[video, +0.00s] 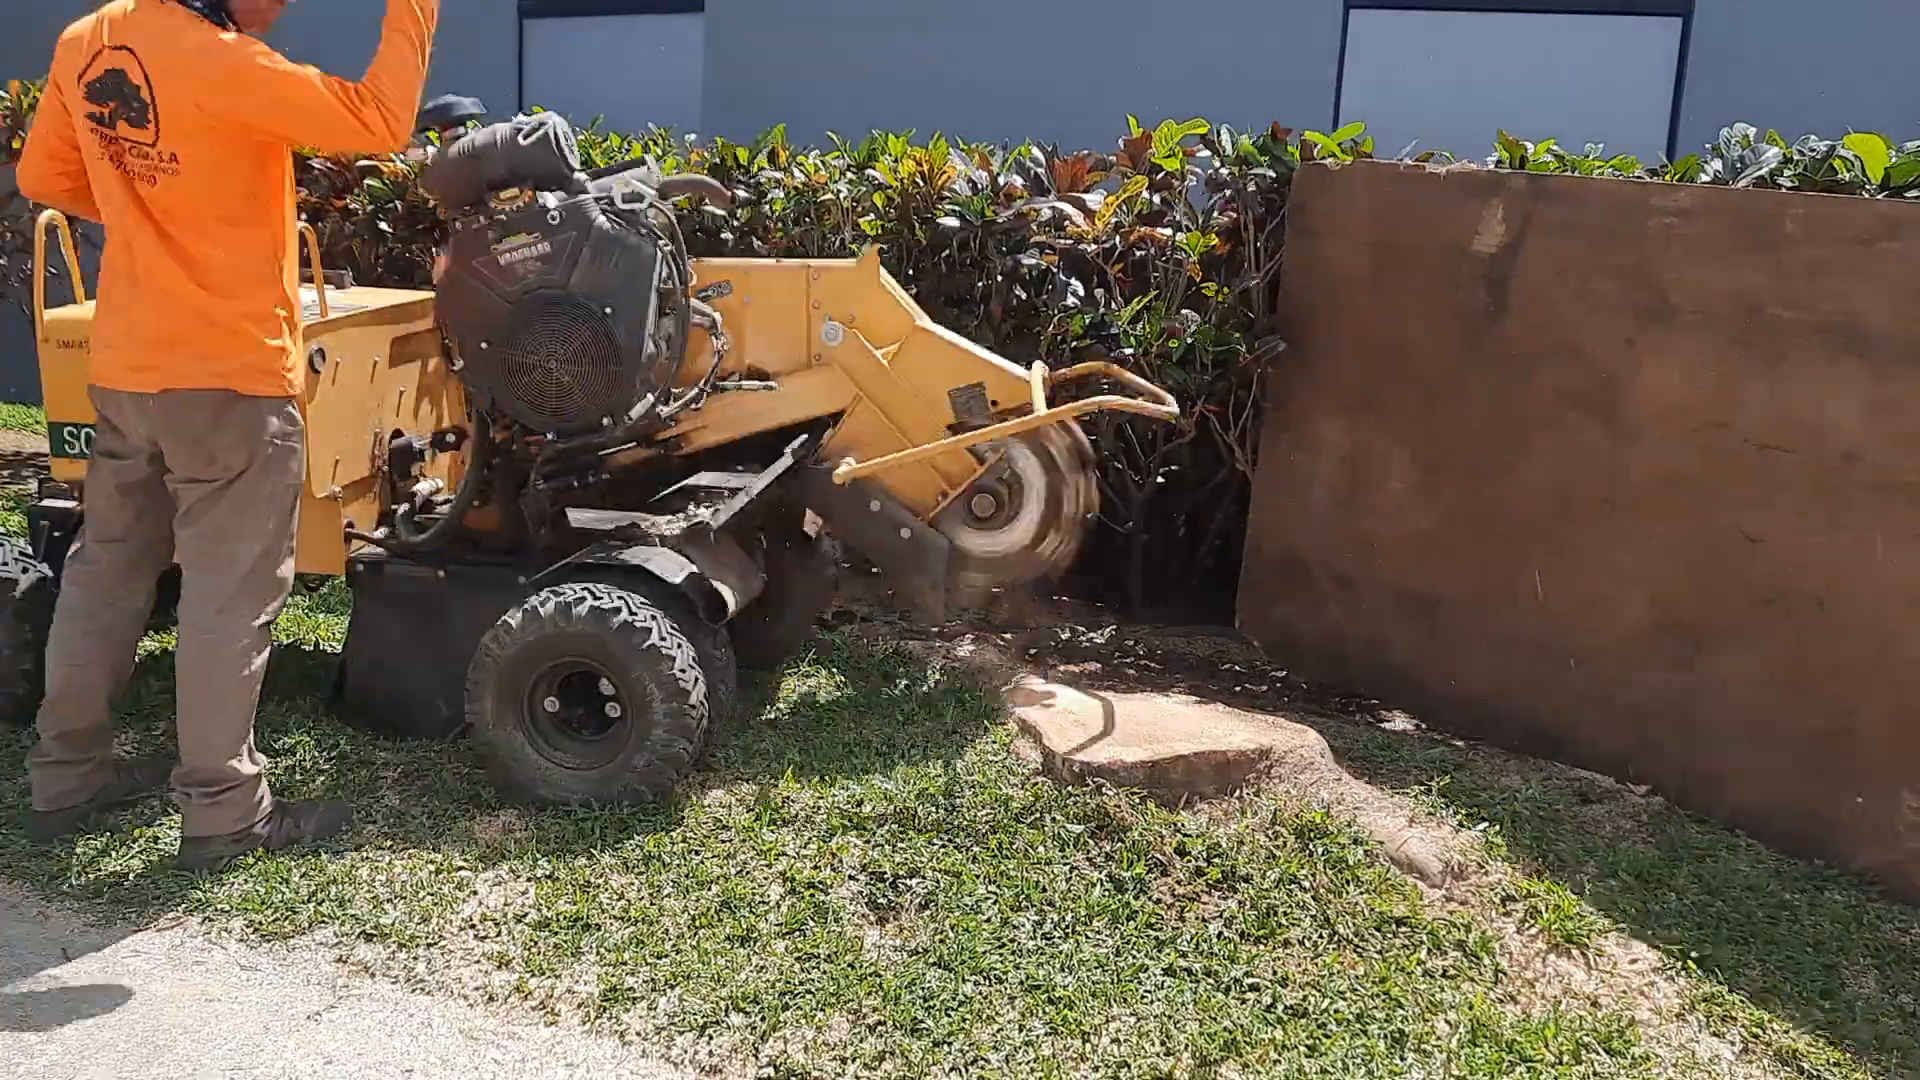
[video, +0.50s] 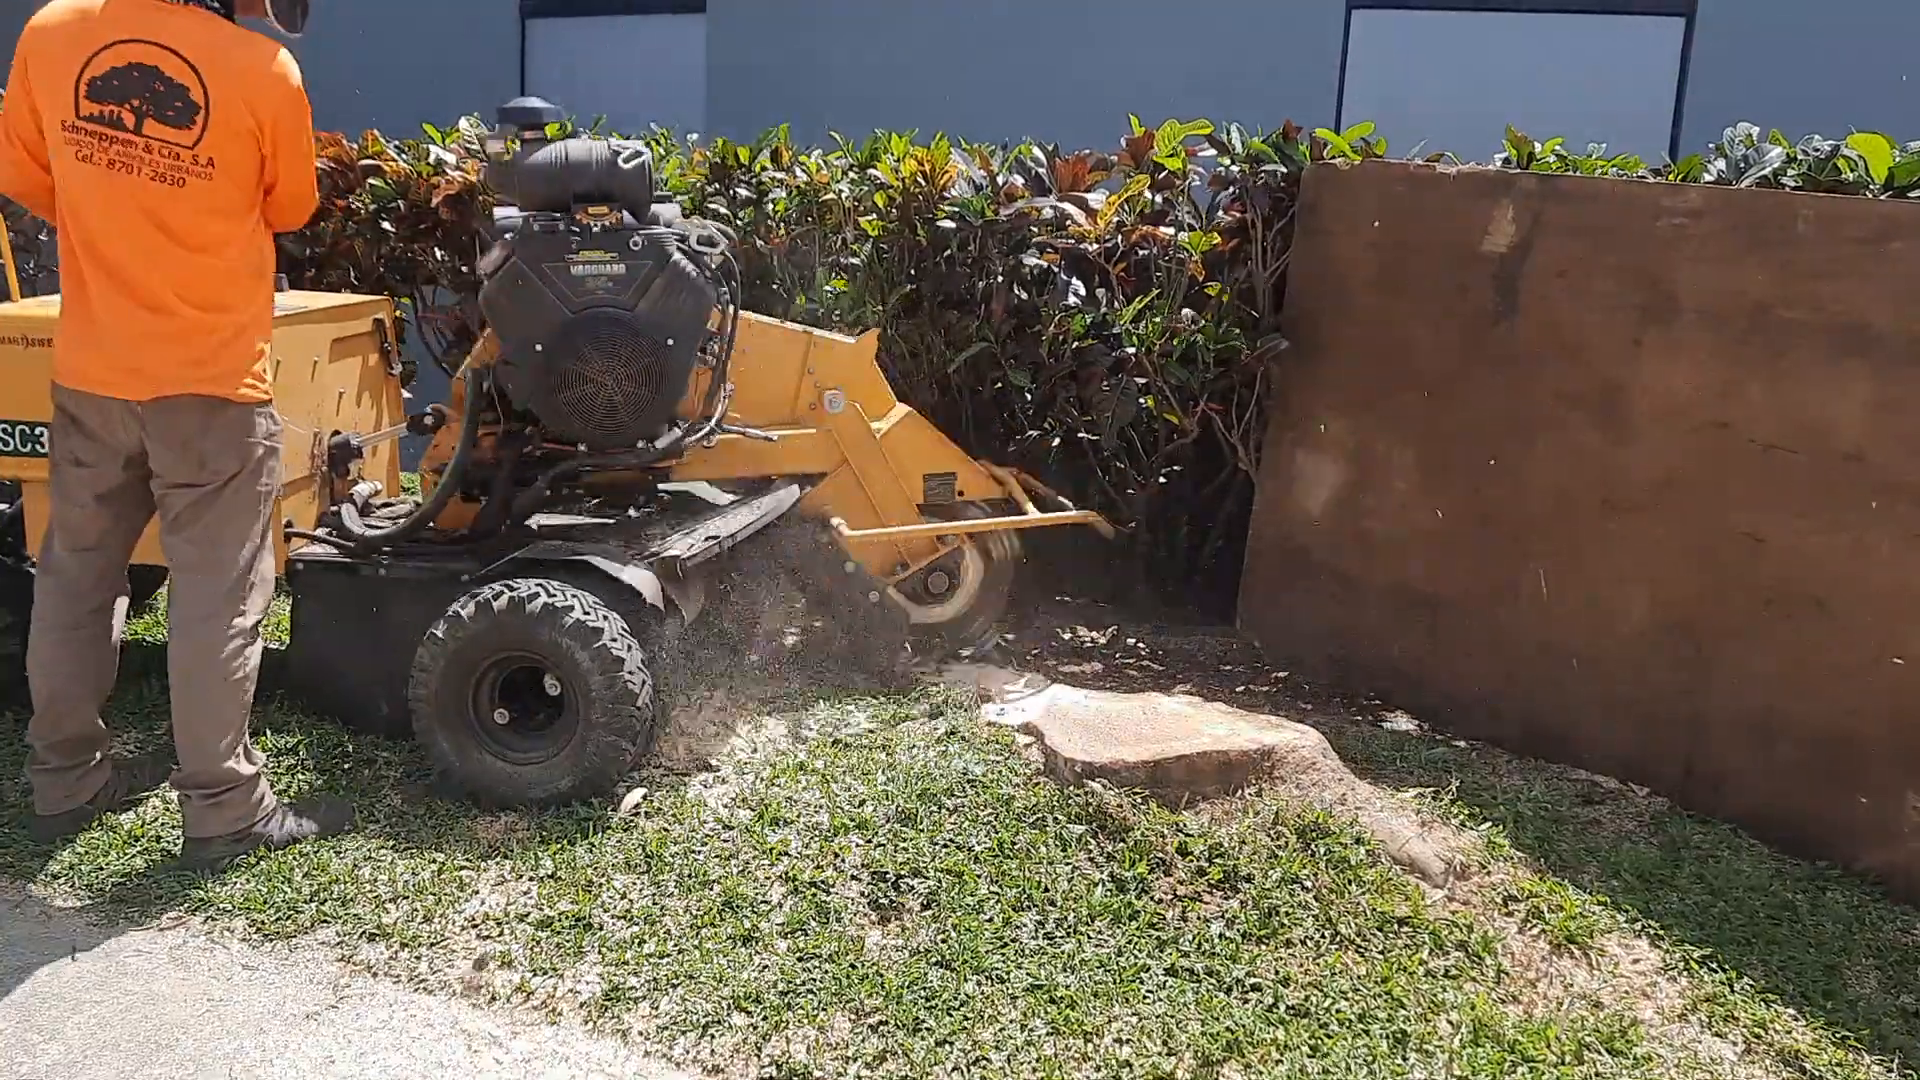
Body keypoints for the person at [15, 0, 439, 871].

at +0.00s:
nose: (280, 12)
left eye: (280, 1)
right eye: (274, 0)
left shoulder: (85, 39)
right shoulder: (232, 65)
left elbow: (43, 174)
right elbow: (379, 122)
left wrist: (147, 203)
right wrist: (412, 8)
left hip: (124, 361)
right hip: (229, 367)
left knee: (107, 564)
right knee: (232, 589)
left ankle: (65, 776)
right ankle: (224, 813)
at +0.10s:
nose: (277, 20)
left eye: (279, 10)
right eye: (276, 6)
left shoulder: (70, 39)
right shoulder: (247, 66)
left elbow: (29, 182)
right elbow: (312, 217)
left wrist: (120, 204)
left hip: (109, 363)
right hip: (222, 368)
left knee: (94, 571)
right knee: (225, 588)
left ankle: (63, 776)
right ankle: (221, 805)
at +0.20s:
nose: (276, 21)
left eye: (280, 11)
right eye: (274, 7)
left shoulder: (71, 36)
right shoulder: (251, 73)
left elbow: (28, 177)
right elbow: (315, 219)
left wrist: (119, 207)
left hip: (110, 366)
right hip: (223, 372)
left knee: (96, 572)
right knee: (229, 591)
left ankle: (64, 775)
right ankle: (224, 808)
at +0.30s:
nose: (328, 17)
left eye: (334, 7)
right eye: (325, 5)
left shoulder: (99, 21)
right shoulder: (310, 79)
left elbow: (34, 154)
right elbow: (311, 216)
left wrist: (110, 211)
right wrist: (225, 203)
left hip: (102, 357)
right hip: (226, 369)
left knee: (84, 564)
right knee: (231, 586)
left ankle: (66, 775)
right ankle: (224, 808)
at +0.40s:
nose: (264, 15)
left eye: (266, 7)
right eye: (263, 4)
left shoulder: (49, 35)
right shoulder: (252, 61)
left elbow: (14, 177)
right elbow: (286, 203)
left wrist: (92, 217)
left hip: (87, 358)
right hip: (204, 366)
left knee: (82, 567)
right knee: (217, 584)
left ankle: (69, 778)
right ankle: (226, 810)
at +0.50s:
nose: (277, 12)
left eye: (277, 4)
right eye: (274, 0)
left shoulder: (50, 31)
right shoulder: (264, 66)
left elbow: (23, 178)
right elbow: (290, 206)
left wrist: (106, 210)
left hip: (89, 362)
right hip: (212, 368)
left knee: (75, 570)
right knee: (218, 584)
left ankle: (64, 777)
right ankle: (225, 804)